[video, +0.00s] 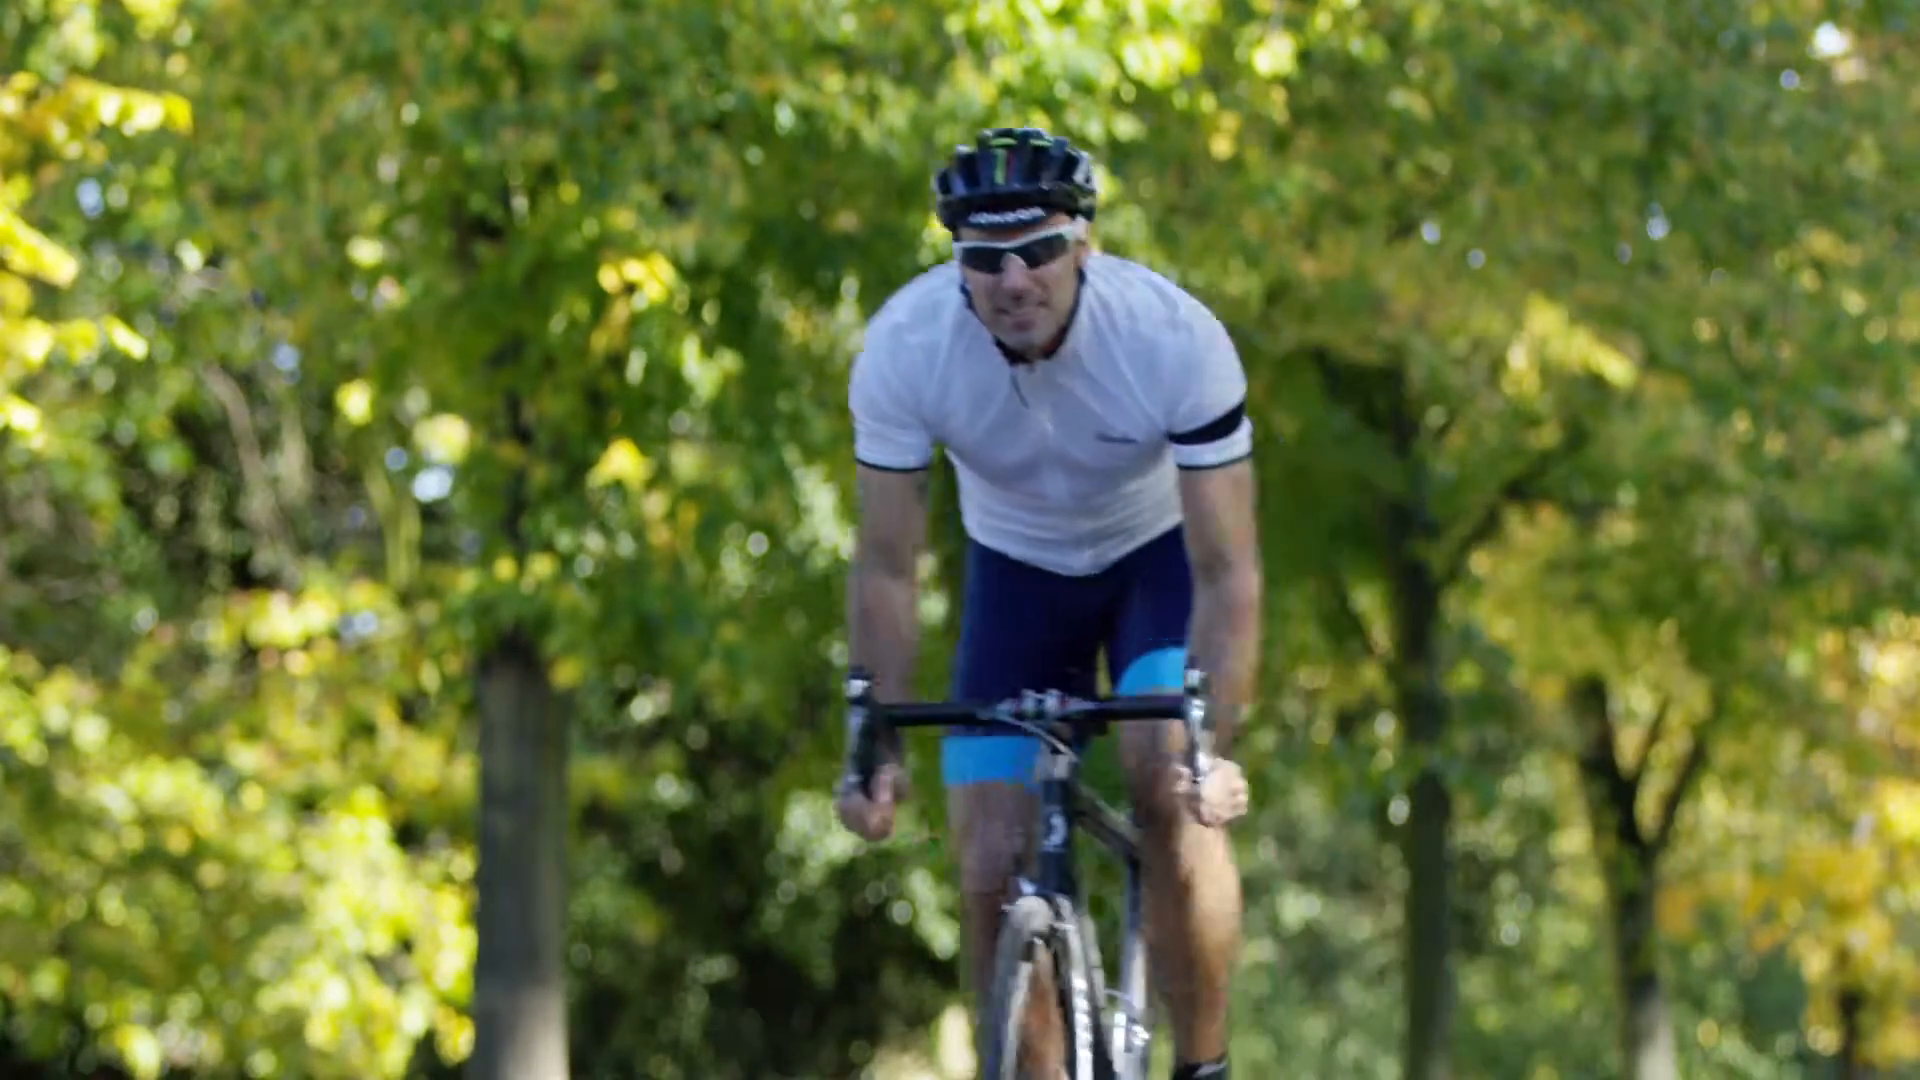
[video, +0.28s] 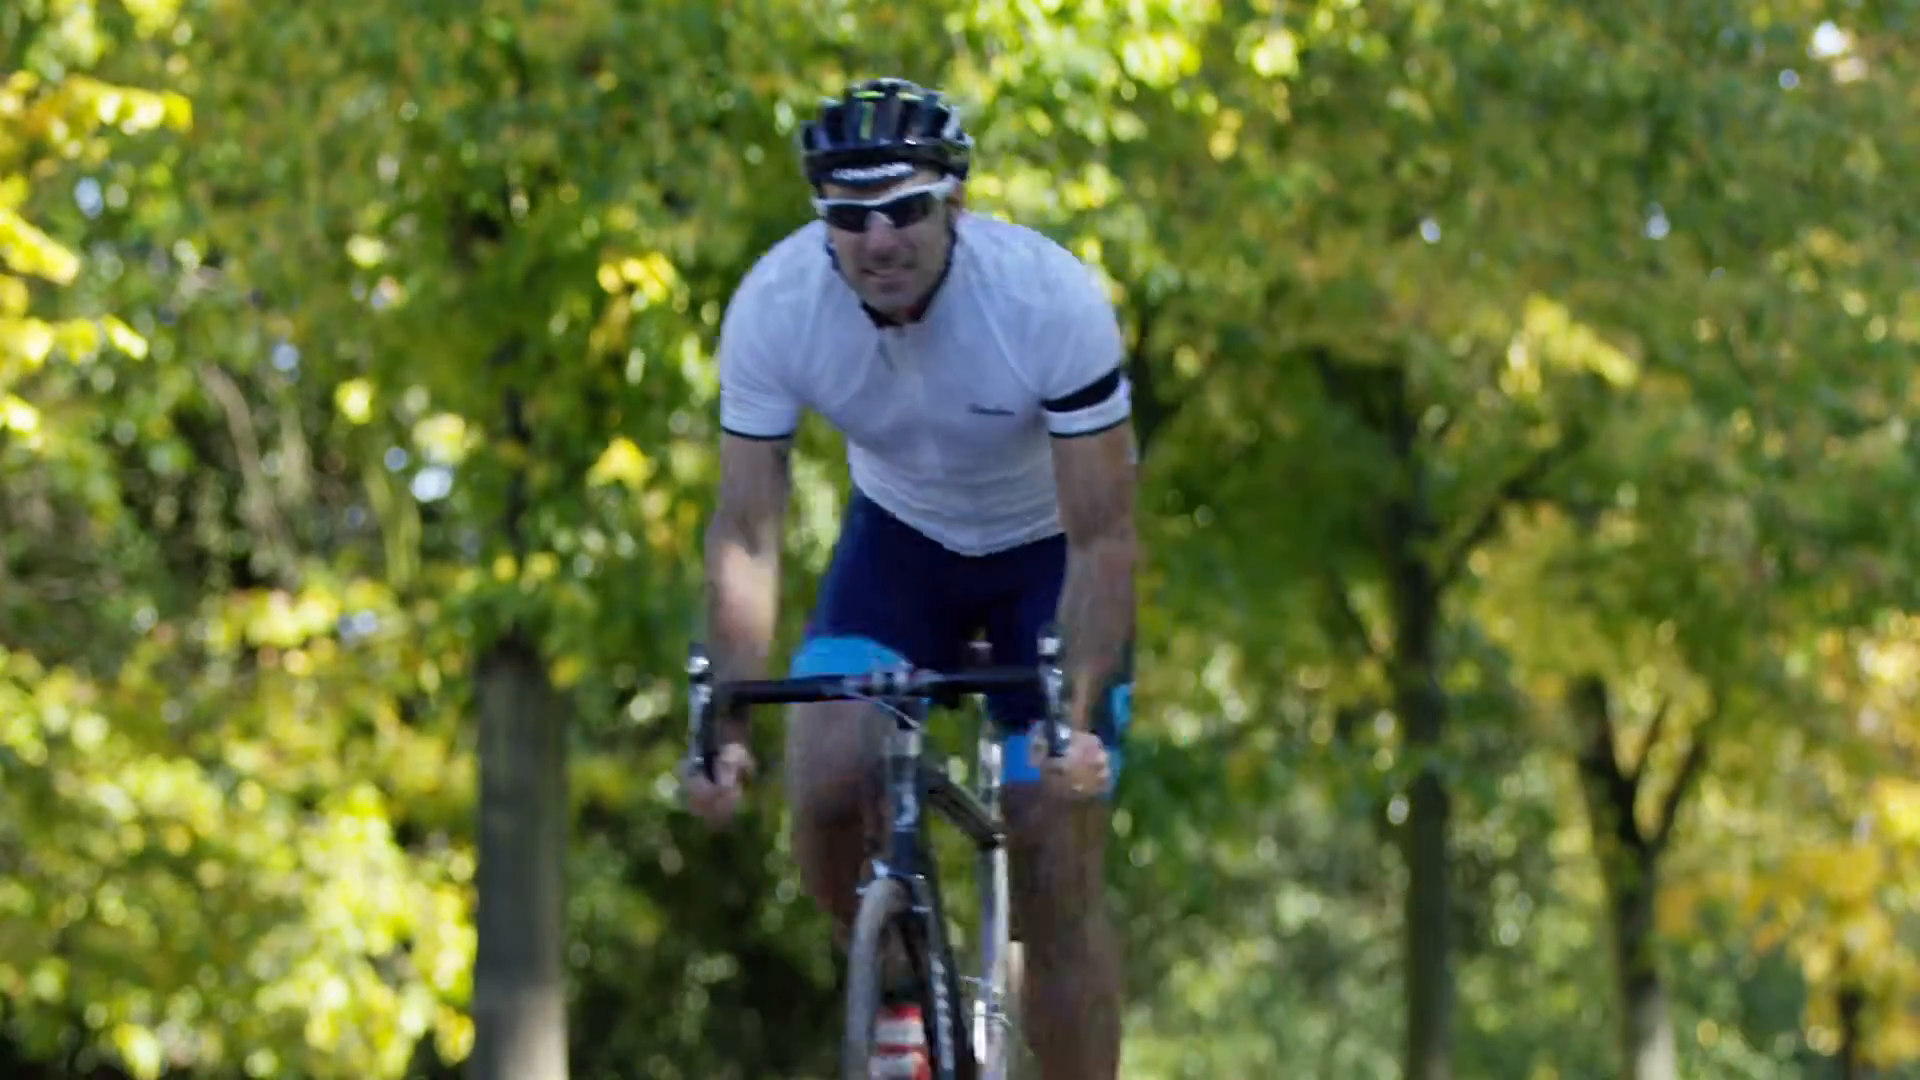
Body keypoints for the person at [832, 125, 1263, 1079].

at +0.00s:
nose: (1011, 281)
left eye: (1037, 253)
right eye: (984, 258)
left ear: (1084, 243)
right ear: (956, 257)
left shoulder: (1176, 340)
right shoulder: (903, 350)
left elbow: (1227, 563)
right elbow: (886, 561)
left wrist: (1216, 742)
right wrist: (873, 735)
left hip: (1158, 545)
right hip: (1009, 561)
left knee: (1169, 785)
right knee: (991, 862)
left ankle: (1203, 1066)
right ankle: (1040, 1069)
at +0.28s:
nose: (879, 241)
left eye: (906, 212)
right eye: (851, 216)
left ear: (955, 202)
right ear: (822, 216)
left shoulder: (1053, 301)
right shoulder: (775, 308)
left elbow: (1103, 532)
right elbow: (746, 531)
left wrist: (1080, 717)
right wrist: (725, 718)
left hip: (1050, 543)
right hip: (892, 533)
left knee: (1052, 845)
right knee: (827, 791)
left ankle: (1074, 1071)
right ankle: (896, 997)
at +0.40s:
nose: (816, 226)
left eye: (843, 196)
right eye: (788, 201)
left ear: (897, 184)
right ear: (759, 201)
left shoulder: (992, 282)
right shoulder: (715, 295)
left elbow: (1056, 517)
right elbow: (685, 525)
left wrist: (1032, 709)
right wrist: (669, 702)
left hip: (997, 533)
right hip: (841, 512)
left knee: (1007, 861)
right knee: (764, 718)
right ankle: (834, 972)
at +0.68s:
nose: (668, 172)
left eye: (697, 140)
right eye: (637, 145)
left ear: (753, 131)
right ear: (606, 142)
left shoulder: (858, 225)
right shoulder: (562, 243)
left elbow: (940, 467)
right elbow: (554, 479)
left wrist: (924, 675)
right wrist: (548, 669)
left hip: (867, 476)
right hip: (704, 459)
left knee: (888, 842)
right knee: (636, 673)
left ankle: (940, 1069)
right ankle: (695, 989)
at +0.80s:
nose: (607, 146)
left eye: (638, 112)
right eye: (576, 115)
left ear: (691, 98)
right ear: (543, 108)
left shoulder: (798, 198)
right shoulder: (498, 214)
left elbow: (879, 446)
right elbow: (497, 455)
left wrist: (875, 663)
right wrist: (493, 648)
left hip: (806, 450)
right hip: (641, 446)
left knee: (837, 814)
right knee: (590, 708)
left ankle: (896, 1070)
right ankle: (645, 1050)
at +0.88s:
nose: (566, 130)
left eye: (597, 97)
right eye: (534, 101)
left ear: (652, 77)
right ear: (500, 92)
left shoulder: (758, 180)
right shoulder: (450, 196)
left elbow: (837, 433)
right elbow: (456, 439)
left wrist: (840, 655)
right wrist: (456, 638)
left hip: (764, 437)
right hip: (597, 438)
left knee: (798, 787)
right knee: (564, 741)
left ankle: (869, 1046)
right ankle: (600, 1059)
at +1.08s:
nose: (461, 80)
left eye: (492, 45)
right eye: (427, 51)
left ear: (550, 29)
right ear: (395, 49)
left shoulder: (663, 144)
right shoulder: (339, 151)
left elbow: (734, 410)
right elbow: (343, 407)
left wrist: (739, 631)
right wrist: (347, 599)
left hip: (661, 420)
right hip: (484, 435)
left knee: (682, 704)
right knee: (477, 771)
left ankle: (767, 954)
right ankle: (496, 1073)